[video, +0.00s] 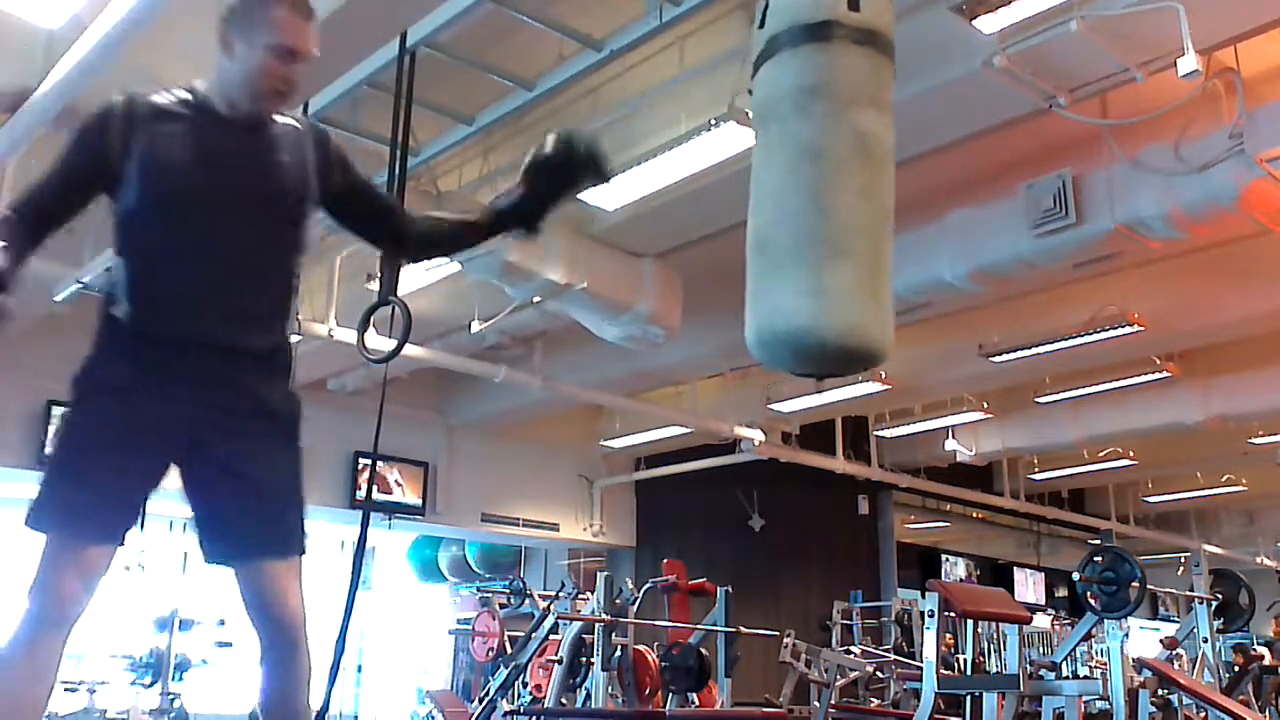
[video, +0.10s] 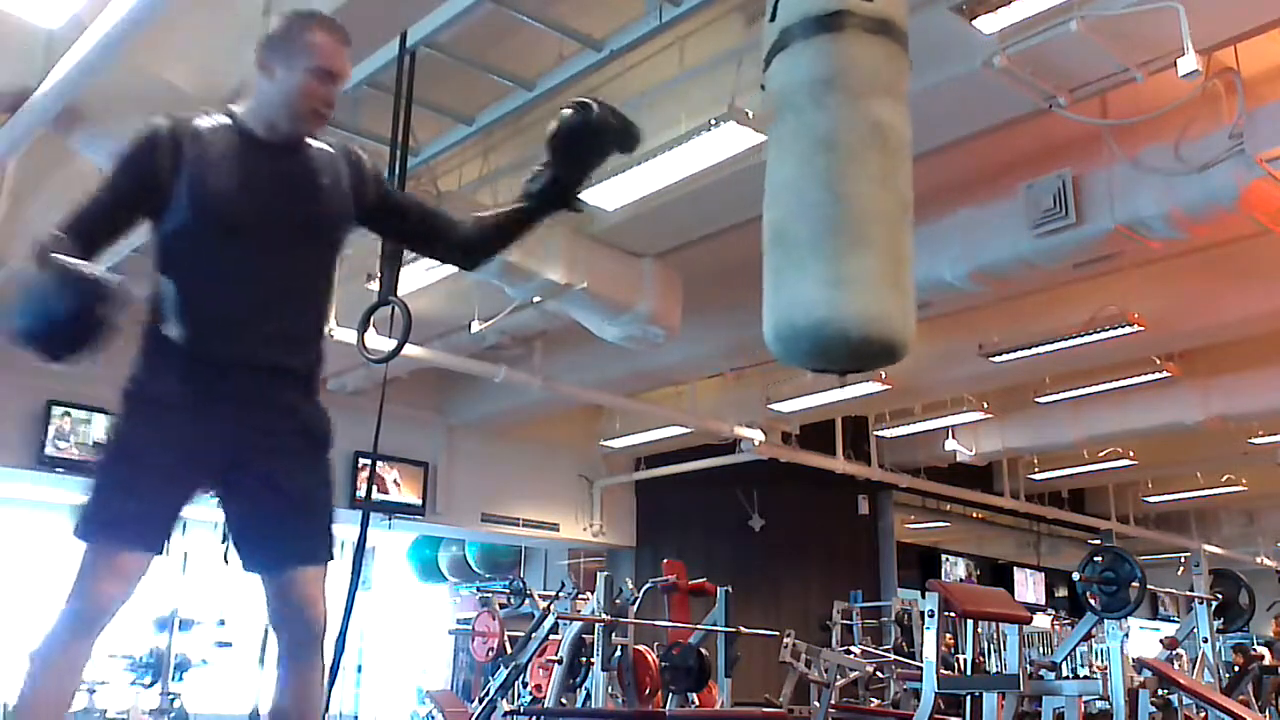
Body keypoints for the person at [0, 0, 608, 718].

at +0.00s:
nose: (295, 75)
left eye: (305, 61)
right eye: (282, 53)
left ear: (308, 64)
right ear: (228, 38)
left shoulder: (309, 153)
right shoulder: (130, 126)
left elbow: (409, 238)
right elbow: (22, 225)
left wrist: (522, 207)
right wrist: (3, 268)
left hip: (249, 397)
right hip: (132, 384)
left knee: (282, 621)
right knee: (57, 597)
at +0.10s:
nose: (332, 98)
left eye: (342, 86)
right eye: (321, 77)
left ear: (342, 89)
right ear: (266, 61)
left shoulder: (344, 172)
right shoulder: (178, 147)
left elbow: (466, 244)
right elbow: (67, 248)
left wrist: (556, 187)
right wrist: (66, 289)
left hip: (283, 415)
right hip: (174, 401)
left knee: (304, 623)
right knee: (97, 596)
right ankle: (30, 715)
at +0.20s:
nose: (371, 111)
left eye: (377, 97)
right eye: (359, 92)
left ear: (375, 105)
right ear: (307, 83)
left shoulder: (370, 189)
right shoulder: (222, 161)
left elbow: (471, 276)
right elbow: (115, 265)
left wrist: (551, 221)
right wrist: (150, 313)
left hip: (310, 426)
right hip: (213, 412)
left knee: (322, 629)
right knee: (157, 601)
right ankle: (74, 716)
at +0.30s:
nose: (401, 122)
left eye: (408, 109)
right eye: (390, 103)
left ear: (405, 118)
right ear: (338, 91)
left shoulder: (396, 205)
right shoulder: (254, 165)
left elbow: (415, 330)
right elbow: (147, 268)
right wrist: (206, 338)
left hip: (333, 414)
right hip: (243, 402)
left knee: (328, 619)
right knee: (218, 587)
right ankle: (149, 712)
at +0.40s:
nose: (419, 122)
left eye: (426, 109)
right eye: (408, 103)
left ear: (427, 116)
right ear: (356, 92)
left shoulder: (413, 204)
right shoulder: (270, 161)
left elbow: (410, 330)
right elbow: (161, 259)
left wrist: (420, 405)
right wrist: (212, 319)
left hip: (356, 414)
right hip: (265, 398)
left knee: (330, 615)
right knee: (259, 586)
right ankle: (215, 715)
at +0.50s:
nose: (428, 121)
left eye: (436, 109)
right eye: (417, 103)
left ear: (438, 116)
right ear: (367, 89)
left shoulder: (427, 201)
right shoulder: (277, 157)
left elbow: (449, 327)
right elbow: (160, 248)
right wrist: (199, 288)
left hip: (363, 418)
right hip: (272, 402)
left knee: (337, 623)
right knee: (272, 598)